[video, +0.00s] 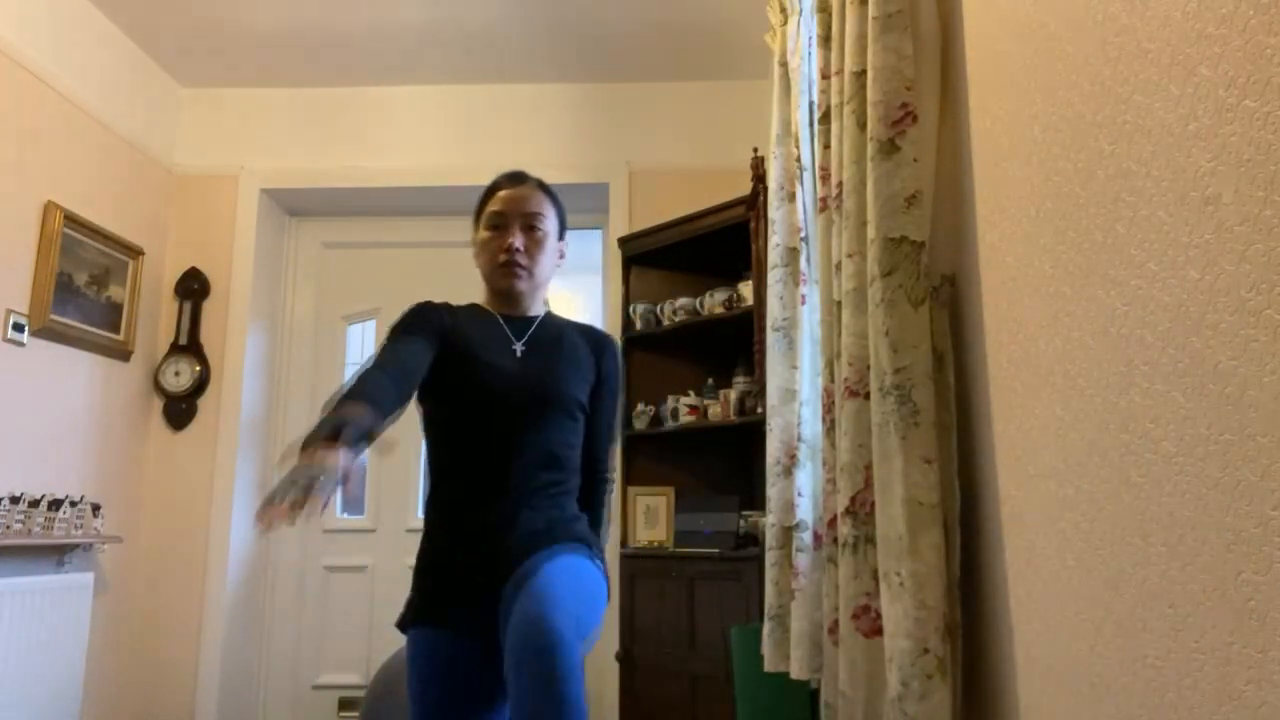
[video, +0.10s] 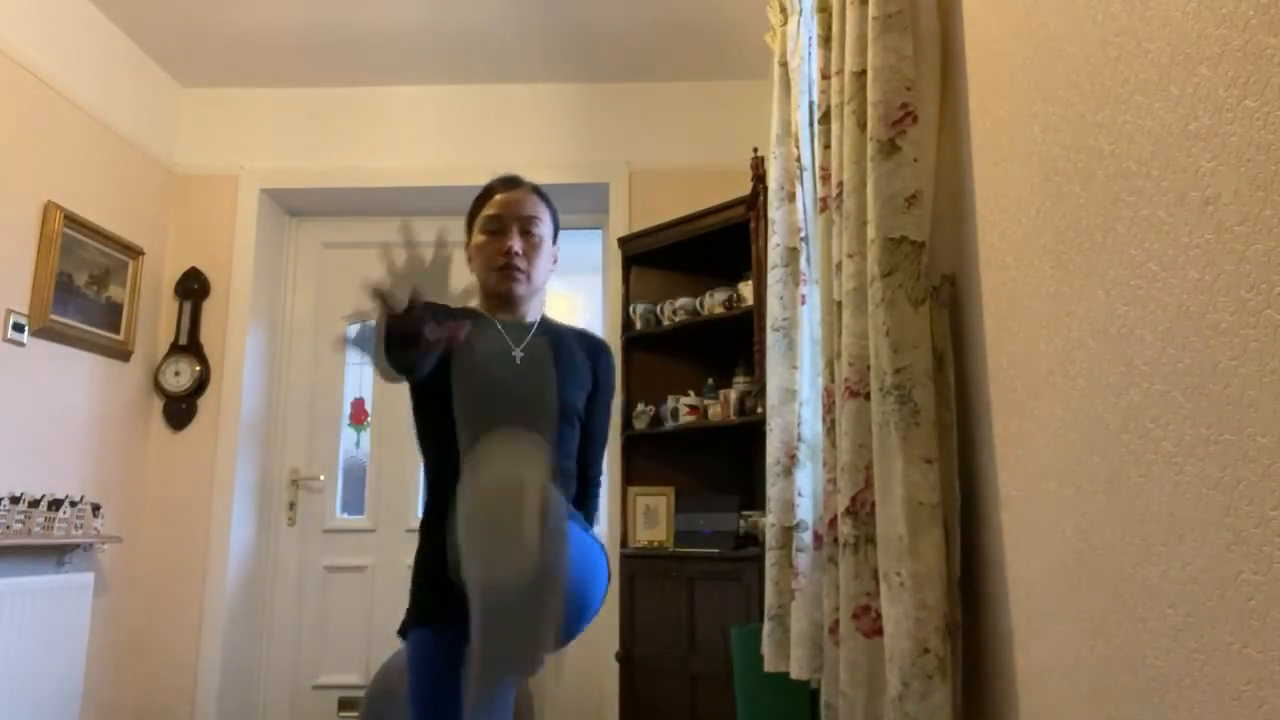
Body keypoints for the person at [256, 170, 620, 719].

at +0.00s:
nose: (513, 240)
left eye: (533, 228)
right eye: (498, 226)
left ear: (559, 253)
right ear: (475, 245)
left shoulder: (595, 350)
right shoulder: (437, 324)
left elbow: (594, 477)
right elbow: (386, 380)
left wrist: (586, 562)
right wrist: (334, 440)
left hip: (555, 552)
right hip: (455, 561)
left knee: (543, 633)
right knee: (440, 707)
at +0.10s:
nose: (511, 244)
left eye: (530, 232)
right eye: (494, 230)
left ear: (553, 258)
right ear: (469, 253)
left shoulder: (588, 354)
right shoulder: (439, 331)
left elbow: (586, 482)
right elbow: (403, 359)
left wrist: (555, 582)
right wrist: (407, 329)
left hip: (552, 577)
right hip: (448, 580)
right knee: (438, 709)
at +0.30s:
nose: (514, 239)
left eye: (531, 230)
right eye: (497, 226)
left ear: (550, 260)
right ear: (465, 244)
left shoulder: (585, 361)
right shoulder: (427, 341)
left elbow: (588, 493)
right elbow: (415, 330)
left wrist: (560, 629)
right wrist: (441, 275)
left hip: (552, 590)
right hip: (451, 595)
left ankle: (504, 439)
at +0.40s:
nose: (516, 235)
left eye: (533, 224)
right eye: (498, 220)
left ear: (551, 250)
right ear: (466, 245)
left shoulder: (586, 350)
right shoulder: (438, 328)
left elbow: (592, 477)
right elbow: (408, 345)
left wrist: (578, 579)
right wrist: (413, 338)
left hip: (548, 588)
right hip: (449, 580)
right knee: (440, 711)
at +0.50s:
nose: (517, 225)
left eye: (534, 215)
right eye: (499, 212)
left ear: (553, 244)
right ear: (470, 239)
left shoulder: (590, 340)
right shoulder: (430, 321)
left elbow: (602, 465)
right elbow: (394, 375)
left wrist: (594, 560)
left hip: (559, 555)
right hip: (453, 561)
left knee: (536, 657)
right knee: (441, 707)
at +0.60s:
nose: (521, 229)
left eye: (539, 219)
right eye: (503, 216)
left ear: (558, 247)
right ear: (474, 241)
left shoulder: (598, 338)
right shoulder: (430, 332)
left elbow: (621, 466)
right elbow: (381, 431)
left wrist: (625, 592)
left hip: (564, 587)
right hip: (455, 585)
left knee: (553, 710)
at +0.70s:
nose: (530, 232)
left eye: (547, 221)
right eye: (511, 219)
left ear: (568, 250)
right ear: (483, 246)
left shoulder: (608, 340)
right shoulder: (441, 344)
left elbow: (642, 472)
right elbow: (384, 472)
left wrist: (660, 599)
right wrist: (327, 590)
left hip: (579, 617)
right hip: (461, 615)